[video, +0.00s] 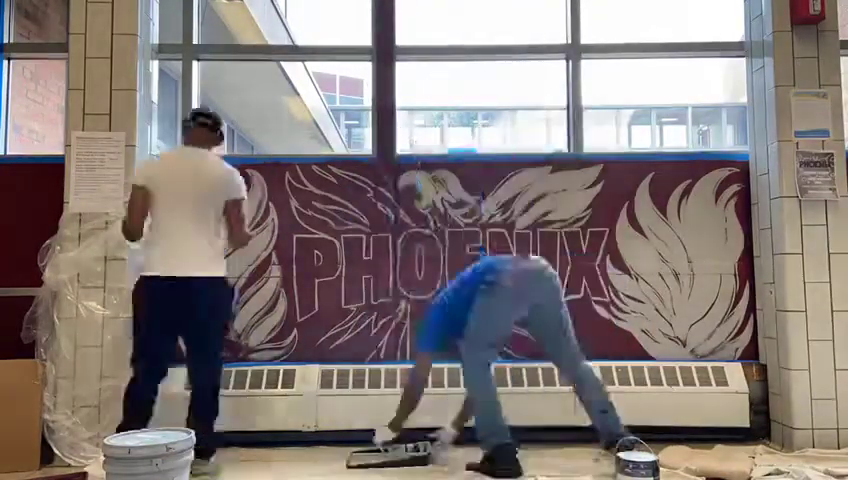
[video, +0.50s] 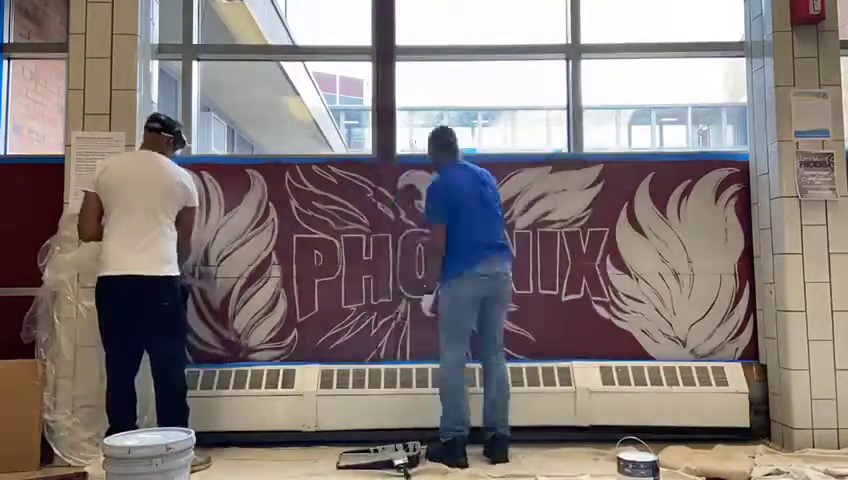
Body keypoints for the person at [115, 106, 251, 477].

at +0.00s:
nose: (216, 146)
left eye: (213, 140)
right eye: (219, 142)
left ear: (184, 134)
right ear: (219, 140)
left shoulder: (152, 167)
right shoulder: (228, 175)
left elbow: (132, 230)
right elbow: (239, 237)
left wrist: (137, 218)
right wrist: (217, 243)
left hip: (158, 284)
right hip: (206, 285)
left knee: (148, 370)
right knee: (206, 375)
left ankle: (125, 451)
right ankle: (201, 455)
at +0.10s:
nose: (170, 142)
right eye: (171, 136)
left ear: (138, 133)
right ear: (169, 137)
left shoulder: (110, 168)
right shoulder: (186, 174)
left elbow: (94, 233)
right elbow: (195, 232)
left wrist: (126, 220)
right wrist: (168, 210)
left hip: (120, 285)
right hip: (167, 285)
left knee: (123, 373)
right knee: (172, 374)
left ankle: (121, 457)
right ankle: (176, 455)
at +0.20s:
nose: (178, 151)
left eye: (178, 147)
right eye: (179, 146)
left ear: (143, 136)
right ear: (172, 142)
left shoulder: (108, 168)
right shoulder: (185, 179)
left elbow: (90, 230)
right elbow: (185, 243)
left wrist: (123, 228)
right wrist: (155, 234)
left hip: (114, 285)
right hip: (162, 286)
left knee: (120, 372)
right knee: (169, 373)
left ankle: (121, 456)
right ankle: (176, 455)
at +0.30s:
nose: (173, 148)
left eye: (172, 143)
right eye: (174, 143)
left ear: (140, 135)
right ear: (170, 141)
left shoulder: (109, 168)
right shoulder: (184, 177)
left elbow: (90, 231)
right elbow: (188, 236)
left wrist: (125, 227)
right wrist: (155, 227)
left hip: (116, 286)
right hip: (163, 286)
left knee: (120, 374)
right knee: (170, 373)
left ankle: (121, 457)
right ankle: (176, 455)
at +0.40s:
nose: (182, 152)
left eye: (182, 147)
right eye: (183, 147)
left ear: (147, 136)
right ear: (175, 142)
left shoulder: (109, 167)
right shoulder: (186, 179)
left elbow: (90, 229)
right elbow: (183, 237)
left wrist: (124, 226)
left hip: (115, 286)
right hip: (163, 286)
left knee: (120, 373)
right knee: (170, 374)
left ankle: (121, 457)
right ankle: (177, 455)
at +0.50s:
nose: (178, 152)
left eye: (179, 148)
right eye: (178, 147)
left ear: (144, 136)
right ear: (169, 141)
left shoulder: (107, 169)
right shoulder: (183, 179)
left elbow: (87, 230)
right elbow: (183, 245)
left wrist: (123, 229)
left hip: (114, 286)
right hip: (162, 286)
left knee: (120, 372)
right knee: (169, 373)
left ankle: (121, 456)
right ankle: (176, 455)